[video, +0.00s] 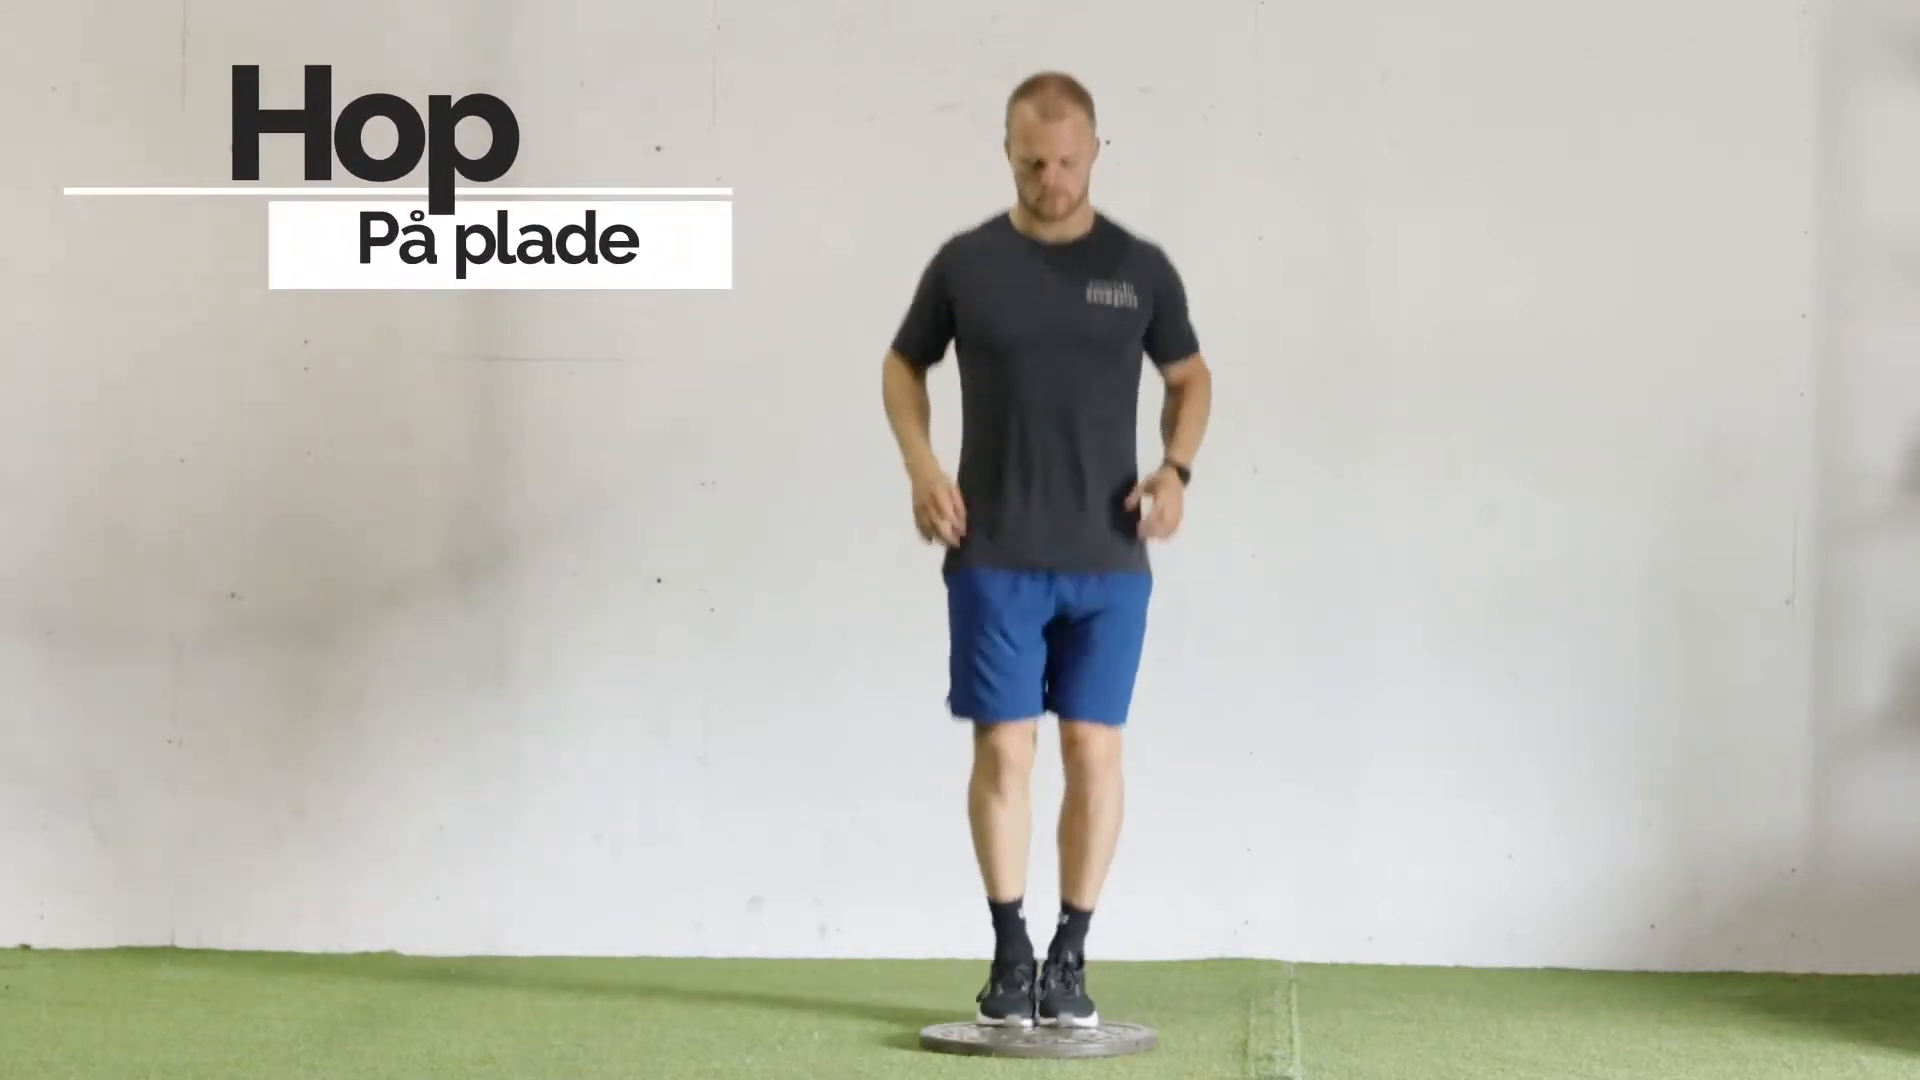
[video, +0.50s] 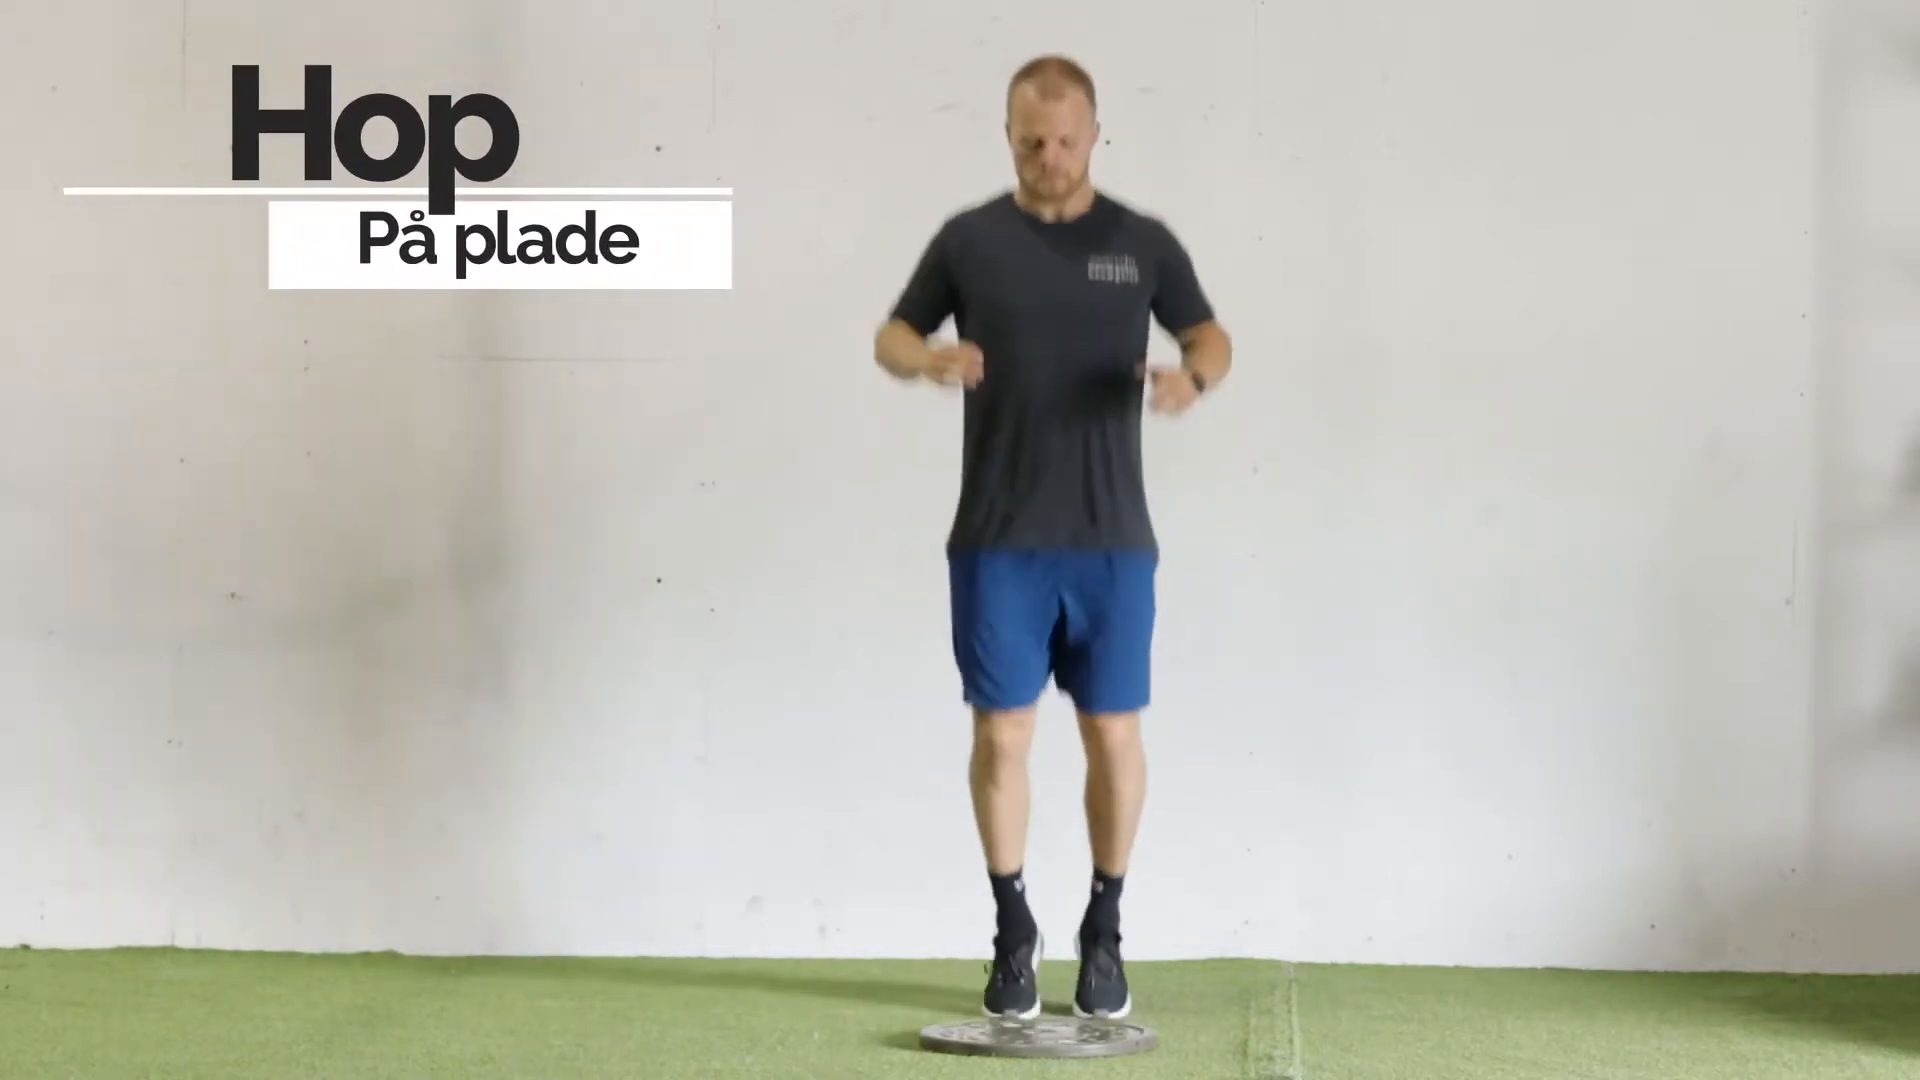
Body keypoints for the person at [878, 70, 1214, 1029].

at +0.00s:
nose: (1049, 176)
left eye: (1065, 158)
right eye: (1032, 159)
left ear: (1094, 154)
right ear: (1008, 156)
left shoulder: (1139, 267)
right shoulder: (964, 263)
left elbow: (1190, 378)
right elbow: (903, 366)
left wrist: (1174, 470)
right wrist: (922, 467)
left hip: (1108, 556)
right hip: (995, 553)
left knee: (1092, 747)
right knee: (1004, 750)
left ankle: (1067, 960)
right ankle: (1010, 958)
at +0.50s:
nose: (1047, 157)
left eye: (1063, 140)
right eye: (1032, 141)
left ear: (1094, 136)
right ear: (1010, 140)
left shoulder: (1143, 243)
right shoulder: (967, 241)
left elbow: (1210, 343)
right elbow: (892, 339)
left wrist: (1189, 378)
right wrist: (934, 358)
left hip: (1112, 531)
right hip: (999, 532)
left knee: (1113, 736)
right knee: (1003, 734)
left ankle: (1104, 934)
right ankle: (1012, 933)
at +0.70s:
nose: (1042, 99)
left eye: (1058, 80)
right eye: (1025, 81)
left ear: (1087, 71)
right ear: (1001, 73)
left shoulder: (1140, 173)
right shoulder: (959, 172)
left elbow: (1218, 262)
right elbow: (889, 274)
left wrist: (1201, 320)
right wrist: (912, 341)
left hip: (1106, 462)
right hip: (993, 462)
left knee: (1098, 675)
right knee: (999, 672)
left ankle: (1083, 899)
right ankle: (1001, 897)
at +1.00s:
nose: (1035, 130)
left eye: (1052, 112)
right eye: (1019, 113)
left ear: (1083, 105)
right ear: (997, 108)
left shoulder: (1135, 209)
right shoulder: (956, 210)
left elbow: (1195, 305)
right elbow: (897, 305)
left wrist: (1170, 392)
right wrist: (907, 415)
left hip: (1108, 504)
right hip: (990, 504)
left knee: (1100, 716)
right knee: (987, 713)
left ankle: (1079, 936)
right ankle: (987, 937)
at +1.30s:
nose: (1041, 187)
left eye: (1058, 170)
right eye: (1024, 171)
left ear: (1087, 165)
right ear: (1001, 169)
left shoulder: (1134, 277)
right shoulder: (957, 280)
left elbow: (1199, 376)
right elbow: (900, 381)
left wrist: (1190, 453)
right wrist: (910, 458)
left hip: (1100, 569)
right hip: (987, 568)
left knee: (1095, 776)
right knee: (991, 776)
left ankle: (1073, 962)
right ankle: (995, 959)